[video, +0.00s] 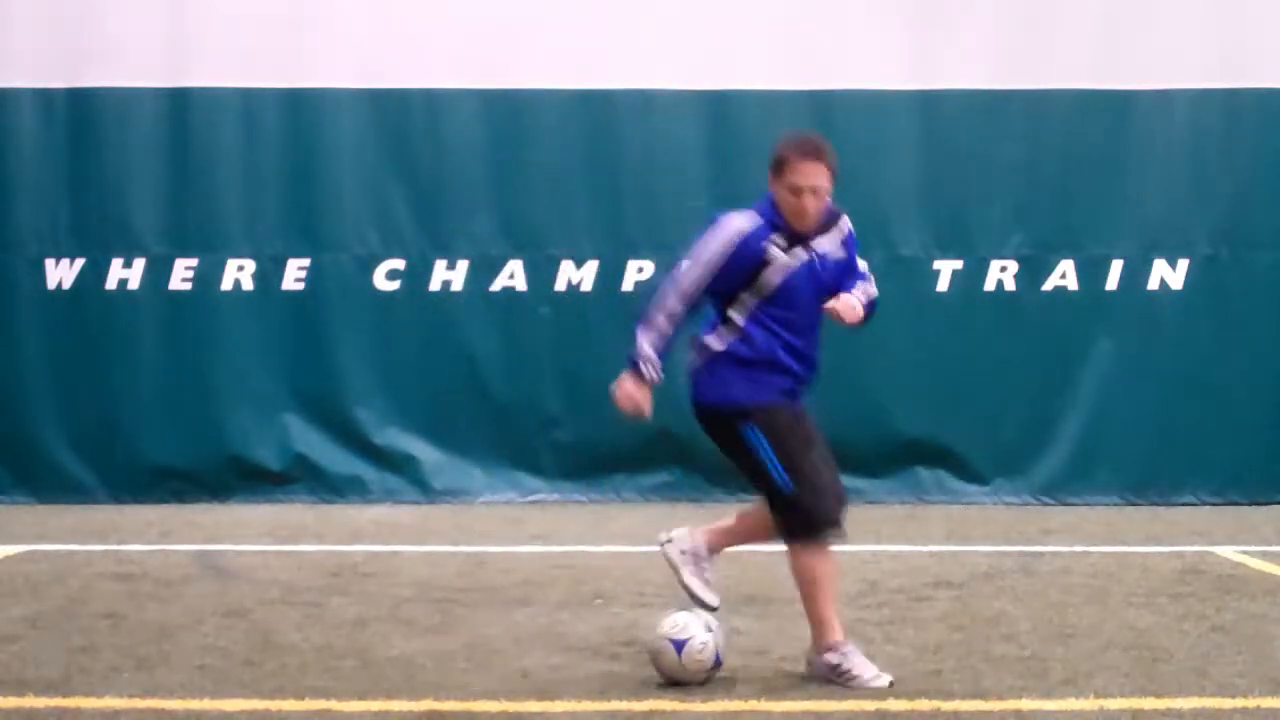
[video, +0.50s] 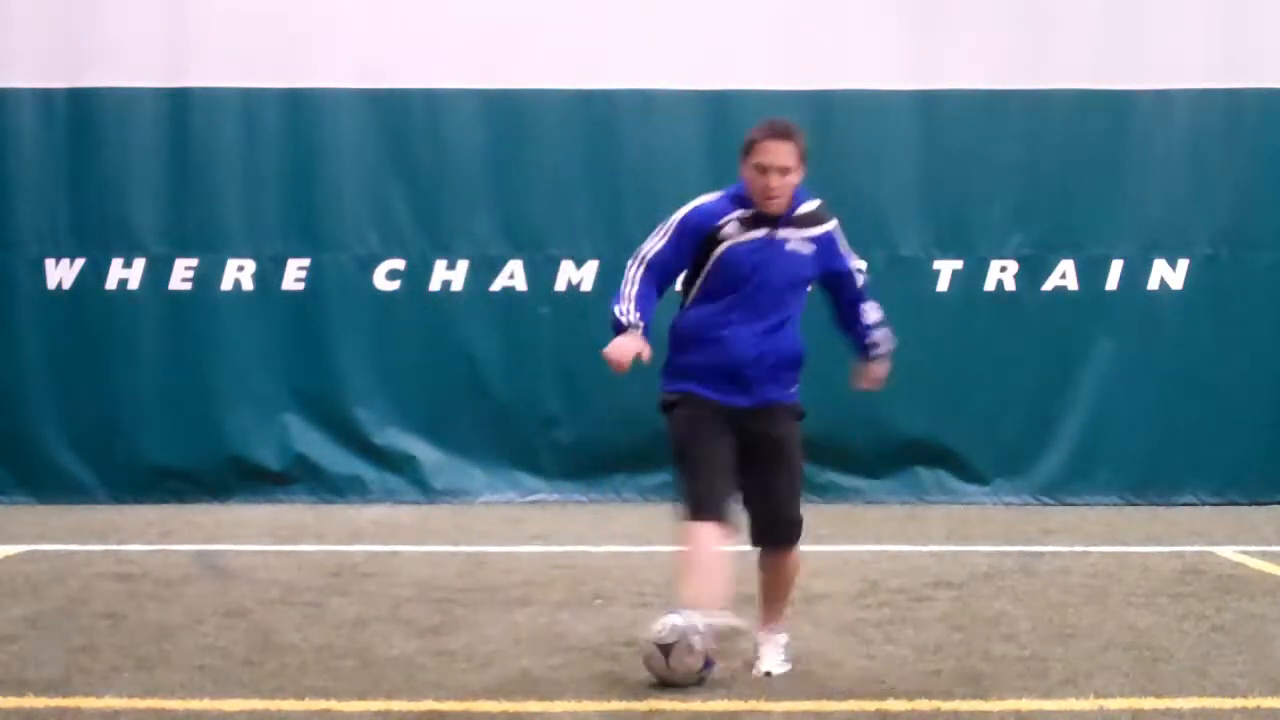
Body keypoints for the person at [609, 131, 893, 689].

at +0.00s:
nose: (811, 205)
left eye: (820, 192)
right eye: (799, 192)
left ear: (832, 190)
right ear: (775, 187)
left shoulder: (836, 229)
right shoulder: (740, 232)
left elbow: (860, 279)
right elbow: (676, 293)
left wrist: (856, 298)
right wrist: (641, 369)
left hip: (782, 391)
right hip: (732, 390)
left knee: (819, 502)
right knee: (806, 507)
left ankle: (697, 545)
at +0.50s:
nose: (773, 181)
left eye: (785, 171)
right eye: (763, 169)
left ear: (801, 173)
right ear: (743, 170)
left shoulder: (817, 223)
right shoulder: (708, 217)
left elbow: (851, 289)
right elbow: (647, 266)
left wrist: (874, 344)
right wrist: (631, 326)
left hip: (771, 394)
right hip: (699, 389)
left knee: (781, 523)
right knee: (708, 505)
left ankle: (772, 635)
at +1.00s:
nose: (582, 187)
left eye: (593, 175)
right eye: (572, 176)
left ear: (616, 173)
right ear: (560, 177)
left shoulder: (654, 219)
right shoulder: (544, 228)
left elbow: (704, 281)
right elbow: (512, 273)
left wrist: (724, 346)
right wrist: (479, 291)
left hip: (646, 369)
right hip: (582, 385)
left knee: (610, 435)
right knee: (573, 518)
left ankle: (670, 556)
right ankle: (602, 624)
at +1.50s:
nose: (541, 199)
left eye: (553, 187)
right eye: (531, 187)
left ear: (577, 181)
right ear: (517, 183)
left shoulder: (615, 227)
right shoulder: (504, 230)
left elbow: (682, 282)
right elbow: (488, 290)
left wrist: (690, 352)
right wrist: (465, 338)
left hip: (602, 403)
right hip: (541, 403)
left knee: (552, 520)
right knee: (521, 513)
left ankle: (526, 655)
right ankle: (642, 528)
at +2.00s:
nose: (702, 146)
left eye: (712, 136)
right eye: (691, 135)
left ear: (727, 139)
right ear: (668, 137)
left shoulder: (754, 195)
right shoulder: (634, 193)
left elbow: (789, 265)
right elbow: (599, 261)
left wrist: (789, 320)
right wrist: (587, 327)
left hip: (732, 361)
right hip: (657, 357)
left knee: (750, 493)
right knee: (660, 451)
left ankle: (737, 623)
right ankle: (678, 580)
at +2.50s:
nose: (895, 239)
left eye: (905, 227)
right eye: (883, 224)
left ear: (915, 226)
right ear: (857, 219)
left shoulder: (884, 273)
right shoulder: (835, 271)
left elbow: (879, 324)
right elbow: (793, 350)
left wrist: (897, 351)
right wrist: (758, 433)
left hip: (846, 434)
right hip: (817, 437)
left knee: (885, 546)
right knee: (909, 531)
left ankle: (756, 552)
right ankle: (885, 664)